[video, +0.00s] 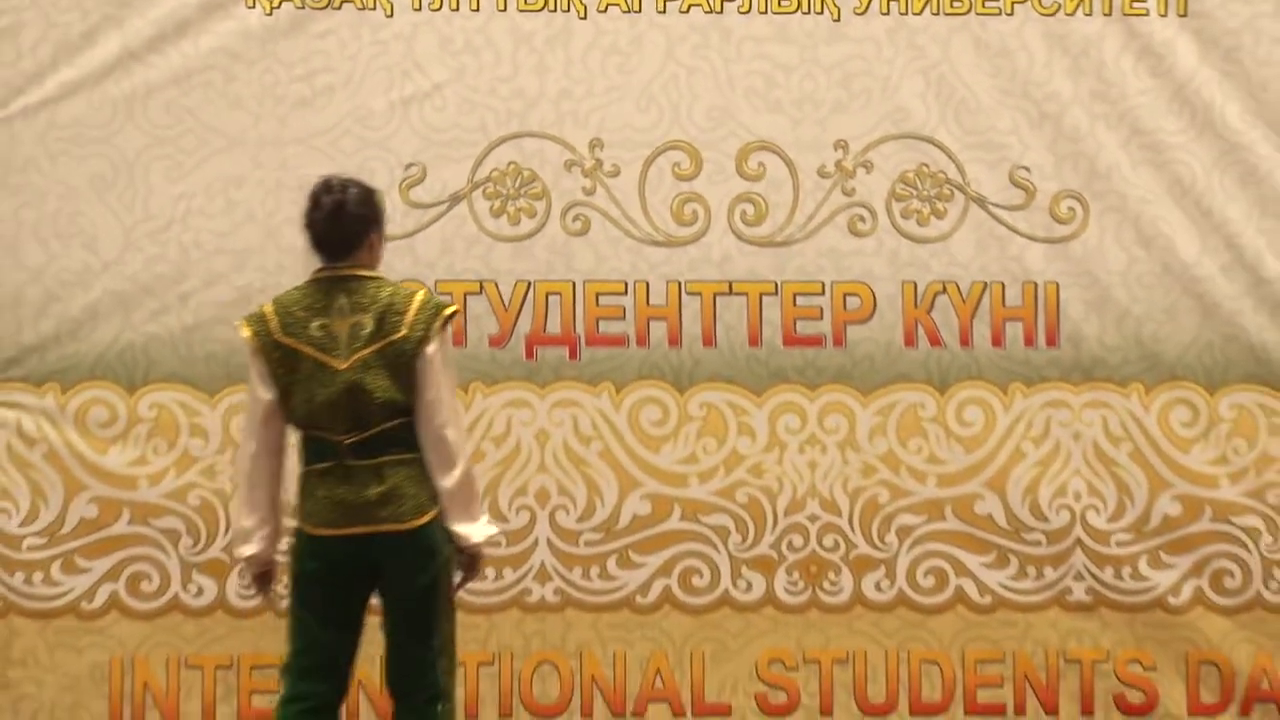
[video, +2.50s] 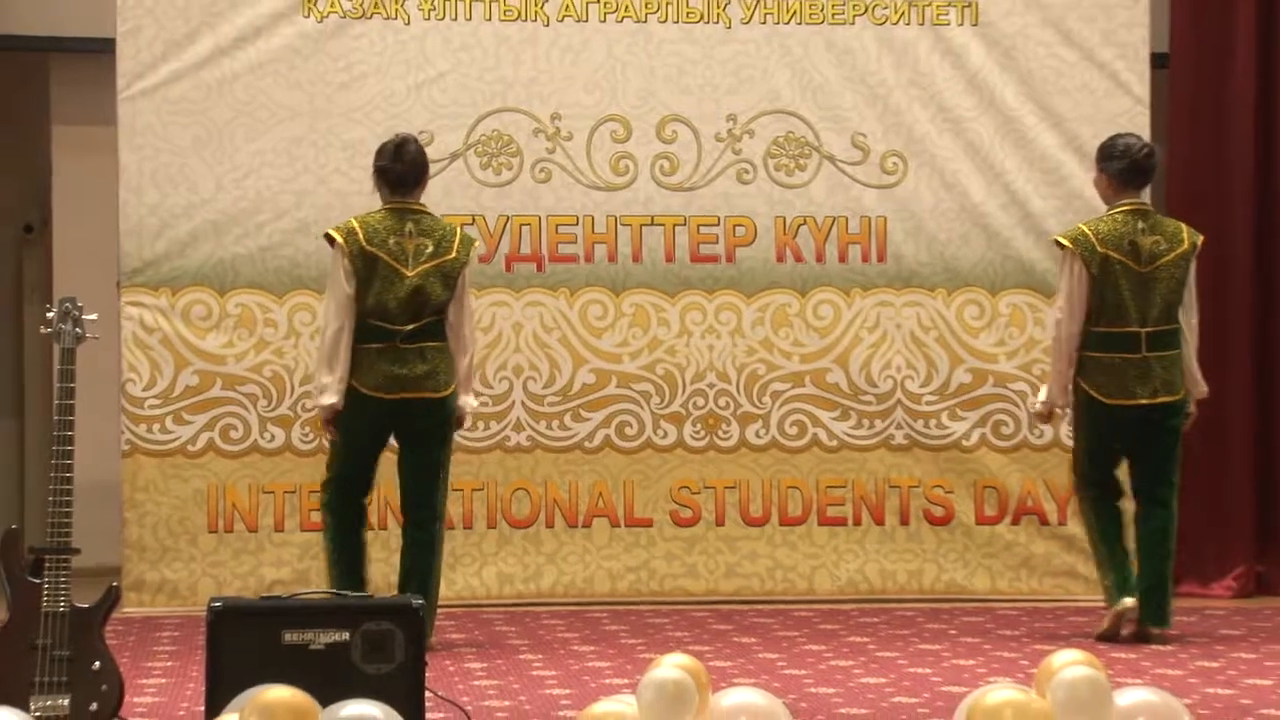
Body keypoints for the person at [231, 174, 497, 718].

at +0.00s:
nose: (383, 240)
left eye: (378, 231)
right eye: (381, 231)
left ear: (313, 239)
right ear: (373, 237)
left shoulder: (274, 323)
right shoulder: (413, 310)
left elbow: (264, 445)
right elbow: (440, 430)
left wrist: (258, 544)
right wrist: (468, 528)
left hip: (327, 539)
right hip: (411, 533)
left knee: (310, 691)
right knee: (422, 694)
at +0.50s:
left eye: (375, 201)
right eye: (426, 200)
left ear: (370, 207)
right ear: (432, 206)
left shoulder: (344, 278)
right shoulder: (473, 279)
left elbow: (326, 388)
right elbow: (482, 388)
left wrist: (313, 481)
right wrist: (484, 476)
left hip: (363, 485)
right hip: (446, 487)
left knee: (326, 608)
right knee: (439, 628)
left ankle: (336, 714)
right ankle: (435, 717)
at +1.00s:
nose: (363, 190)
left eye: (350, 180)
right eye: (390, 183)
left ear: (346, 185)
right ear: (405, 188)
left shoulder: (314, 252)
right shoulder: (433, 259)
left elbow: (292, 352)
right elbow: (444, 362)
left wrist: (277, 438)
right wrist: (449, 445)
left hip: (322, 444)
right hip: (399, 448)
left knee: (306, 584)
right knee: (412, 584)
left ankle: (300, 718)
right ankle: (430, 714)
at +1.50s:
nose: (369, 179)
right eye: (370, 171)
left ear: (314, 173)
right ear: (368, 174)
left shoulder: (276, 240)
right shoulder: (394, 240)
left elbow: (265, 338)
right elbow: (411, 337)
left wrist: (259, 417)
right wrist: (420, 416)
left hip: (304, 421)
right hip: (377, 421)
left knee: (307, 544)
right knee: (386, 534)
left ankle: (311, 667)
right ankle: (377, 659)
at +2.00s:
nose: (394, 182)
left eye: (382, 175)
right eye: (394, 175)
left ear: (340, 181)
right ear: (390, 180)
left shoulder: (310, 243)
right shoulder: (418, 236)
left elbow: (300, 336)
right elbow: (435, 329)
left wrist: (296, 410)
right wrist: (455, 403)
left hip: (345, 410)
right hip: (412, 408)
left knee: (336, 528)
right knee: (419, 532)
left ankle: (317, 648)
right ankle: (416, 652)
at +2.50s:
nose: (392, 185)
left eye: (381, 177)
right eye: (415, 176)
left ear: (376, 180)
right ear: (425, 181)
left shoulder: (352, 239)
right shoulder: (455, 242)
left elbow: (338, 323)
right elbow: (460, 326)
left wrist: (330, 393)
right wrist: (462, 392)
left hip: (367, 398)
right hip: (432, 401)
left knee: (344, 500)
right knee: (424, 515)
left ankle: (351, 616)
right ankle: (417, 625)